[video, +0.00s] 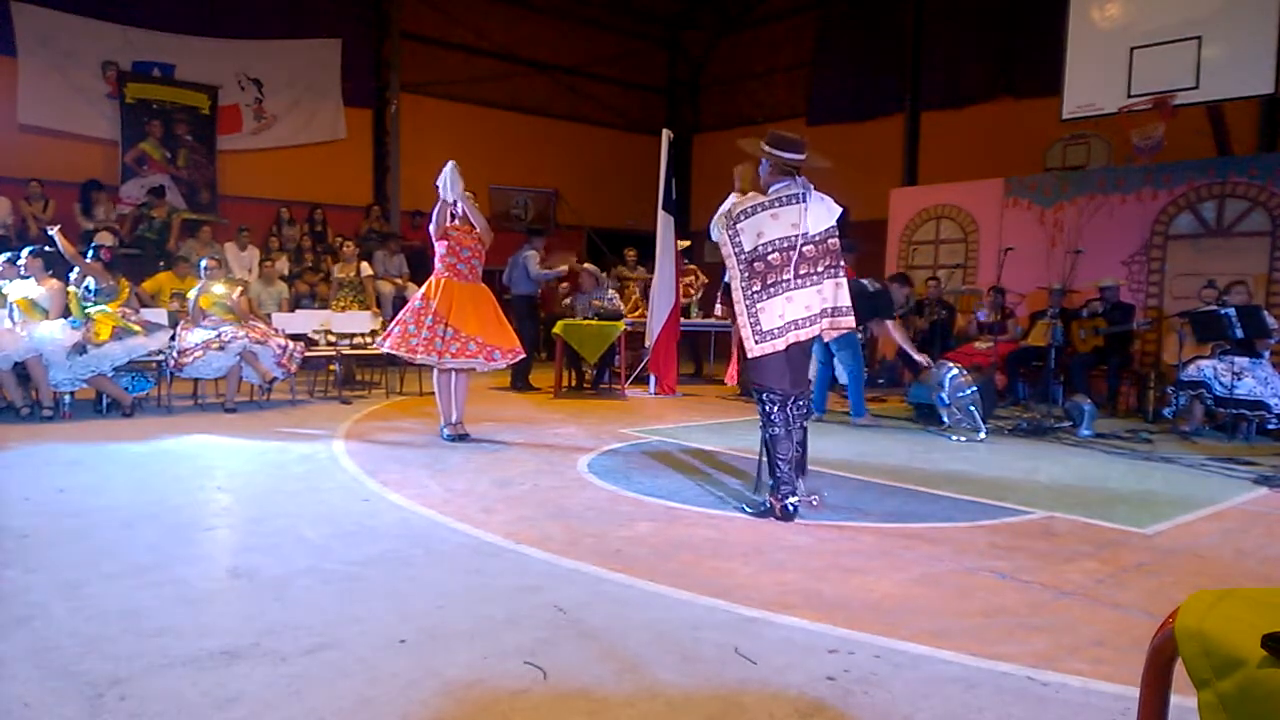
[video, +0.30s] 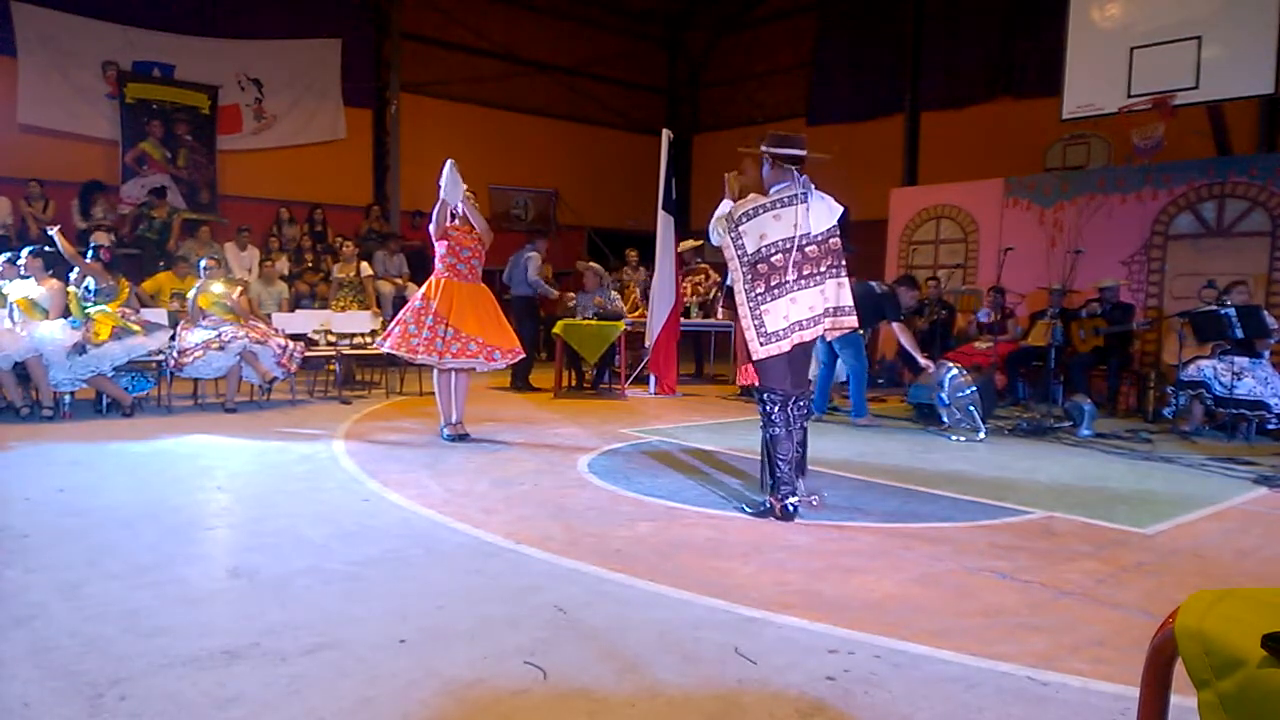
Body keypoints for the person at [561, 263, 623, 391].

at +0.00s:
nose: (580, 280)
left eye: (584, 277)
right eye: (580, 277)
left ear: (594, 280)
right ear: (579, 279)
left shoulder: (609, 294)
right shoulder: (576, 297)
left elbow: (620, 312)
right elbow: (560, 312)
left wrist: (601, 308)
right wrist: (560, 296)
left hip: (602, 332)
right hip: (580, 332)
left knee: (609, 348)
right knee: (570, 344)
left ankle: (597, 381)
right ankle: (579, 378)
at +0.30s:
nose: (583, 280)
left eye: (587, 277)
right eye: (583, 277)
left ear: (598, 279)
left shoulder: (612, 295)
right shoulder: (579, 297)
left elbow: (621, 313)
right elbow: (566, 315)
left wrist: (603, 307)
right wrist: (566, 305)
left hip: (603, 332)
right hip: (581, 332)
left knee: (609, 349)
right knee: (570, 345)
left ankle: (597, 381)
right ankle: (579, 379)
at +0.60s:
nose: (594, 276)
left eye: (597, 273)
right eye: (593, 273)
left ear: (605, 278)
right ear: (588, 275)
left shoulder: (612, 297)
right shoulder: (579, 293)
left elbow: (621, 315)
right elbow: (565, 309)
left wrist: (600, 314)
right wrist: (578, 303)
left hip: (603, 332)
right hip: (580, 331)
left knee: (609, 348)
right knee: (571, 345)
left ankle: (597, 381)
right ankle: (579, 379)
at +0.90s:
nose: (593, 273)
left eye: (597, 271)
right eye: (591, 270)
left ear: (605, 276)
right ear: (588, 274)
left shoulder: (613, 296)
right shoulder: (579, 291)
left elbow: (620, 314)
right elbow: (567, 308)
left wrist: (602, 308)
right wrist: (581, 299)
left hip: (603, 330)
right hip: (582, 327)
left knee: (609, 348)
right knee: (571, 345)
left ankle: (597, 380)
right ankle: (579, 378)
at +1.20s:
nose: (595, 273)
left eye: (599, 271)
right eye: (593, 270)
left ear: (606, 276)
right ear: (590, 273)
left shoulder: (614, 296)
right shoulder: (580, 290)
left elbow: (620, 314)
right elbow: (568, 305)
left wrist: (604, 304)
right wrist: (582, 297)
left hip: (603, 329)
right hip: (582, 327)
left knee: (610, 348)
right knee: (570, 346)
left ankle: (597, 380)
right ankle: (579, 378)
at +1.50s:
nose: (596, 276)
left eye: (600, 273)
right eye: (594, 272)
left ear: (607, 277)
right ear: (591, 275)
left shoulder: (613, 295)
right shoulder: (581, 290)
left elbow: (620, 314)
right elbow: (568, 307)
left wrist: (605, 303)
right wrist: (583, 299)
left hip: (603, 328)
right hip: (582, 326)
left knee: (610, 348)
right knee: (570, 344)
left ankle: (597, 379)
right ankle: (579, 376)